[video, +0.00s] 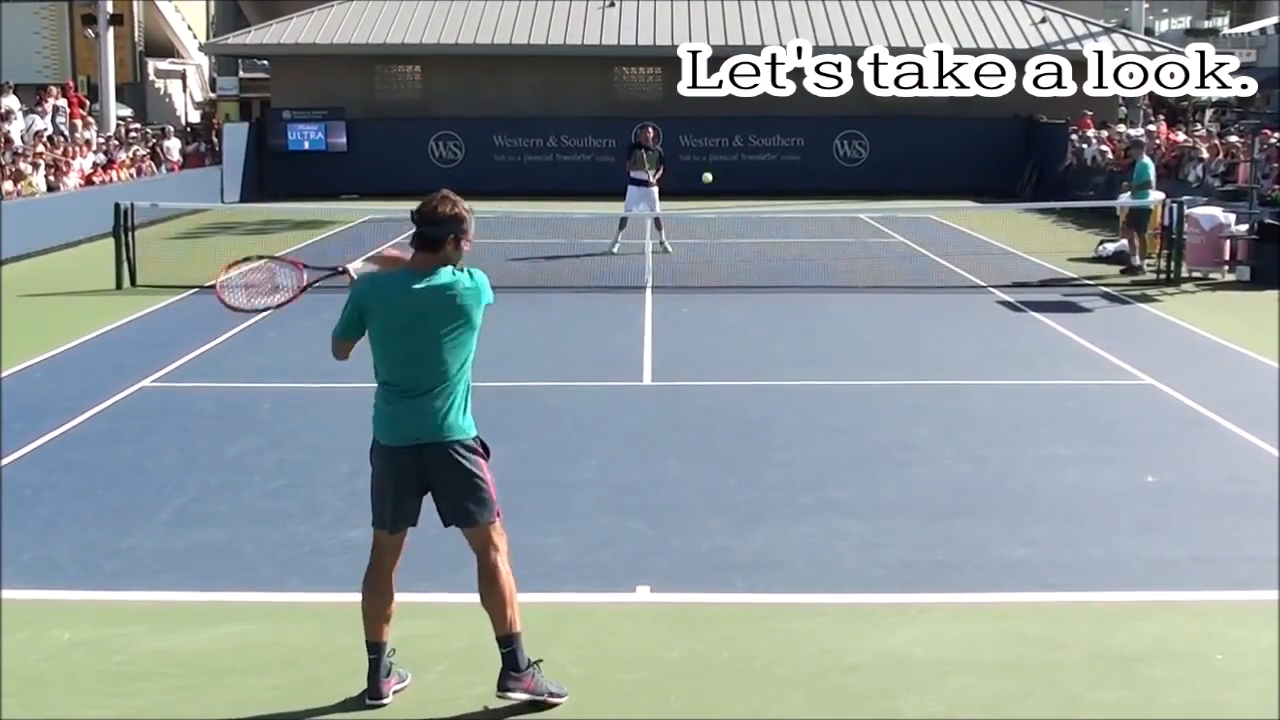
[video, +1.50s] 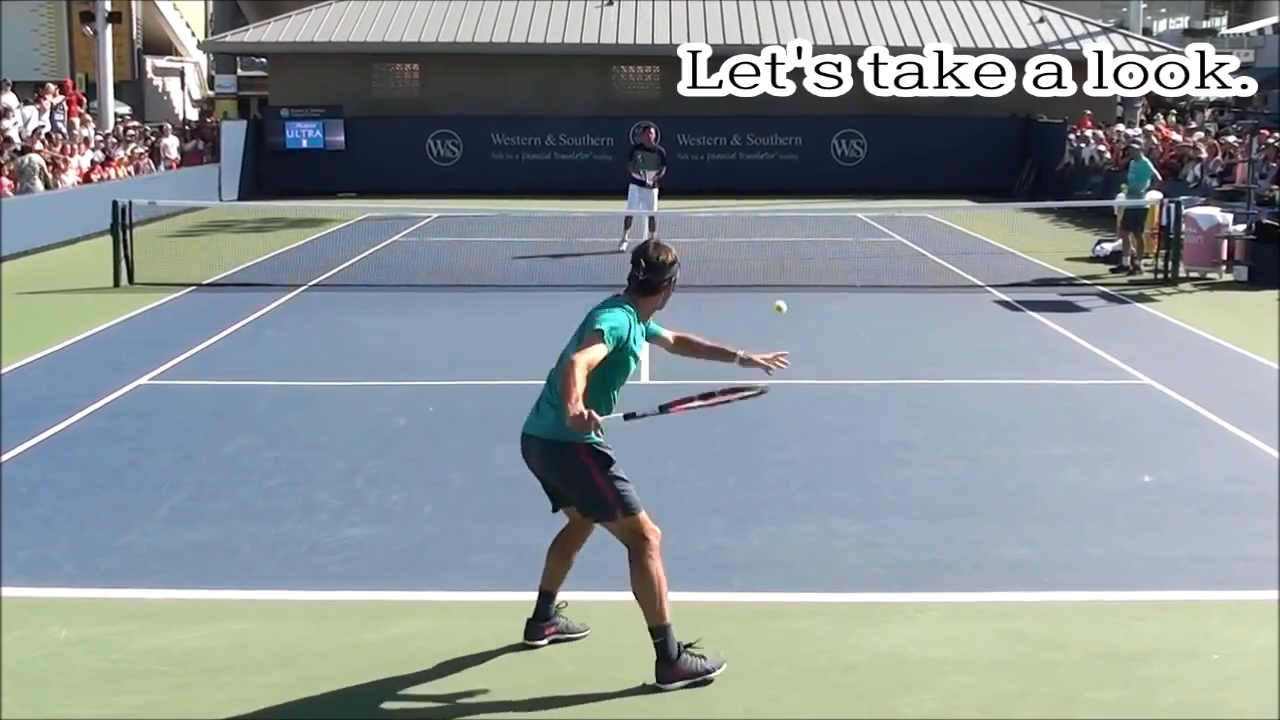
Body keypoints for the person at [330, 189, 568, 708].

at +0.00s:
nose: (470, 247)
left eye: (468, 238)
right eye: (468, 239)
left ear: (418, 238)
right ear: (455, 243)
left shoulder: (371, 286)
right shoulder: (470, 287)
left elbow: (341, 348)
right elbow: (436, 274)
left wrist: (361, 288)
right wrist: (395, 260)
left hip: (392, 444)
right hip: (453, 441)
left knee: (383, 554)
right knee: (491, 547)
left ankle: (377, 676)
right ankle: (516, 670)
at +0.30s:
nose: (422, 236)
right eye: (423, 228)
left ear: (376, 236)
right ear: (419, 234)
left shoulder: (378, 292)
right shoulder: (438, 272)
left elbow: (384, 372)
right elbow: (373, 308)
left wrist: (319, 359)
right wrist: (317, 316)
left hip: (398, 443)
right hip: (455, 431)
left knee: (382, 557)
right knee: (486, 541)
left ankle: (378, 674)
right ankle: (518, 655)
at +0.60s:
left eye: (392, 238)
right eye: (426, 235)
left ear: (390, 242)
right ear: (434, 241)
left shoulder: (386, 296)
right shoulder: (463, 289)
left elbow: (388, 379)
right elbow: (477, 369)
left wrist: (350, 403)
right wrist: (411, 393)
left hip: (416, 446)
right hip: (471, 437)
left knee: (387, 553)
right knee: (499, 537)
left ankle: (379, 671)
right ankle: (544, 644)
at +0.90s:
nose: (504, 247)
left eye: (495, 239)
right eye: (504, 241)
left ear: (459, 245)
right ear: (501, 246)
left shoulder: (426, 295)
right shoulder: (515, 298)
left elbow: (415, 369)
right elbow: (542, 377)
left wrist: (472, 365)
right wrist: (531, 430)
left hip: (440, 448)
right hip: (499, 443)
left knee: (413, 552)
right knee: (547, 536)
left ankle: (379, 668)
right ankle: (545, 658)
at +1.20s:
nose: (591, 245)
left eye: (587, 237)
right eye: (591, 238)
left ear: (549, 238)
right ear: (584, 243)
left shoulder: (538, 279)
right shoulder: (553, 288)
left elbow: (603, 295)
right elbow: (549, 363)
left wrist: (662, 293)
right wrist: (620, 369)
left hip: (506, 422)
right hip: (536, 424)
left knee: (529, 525)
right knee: (575, 536)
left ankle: (473, 623)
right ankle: (546, 658)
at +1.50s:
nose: (672, 294)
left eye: (671, 286)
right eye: (673, 287)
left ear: (634, 278)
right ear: (665, 290)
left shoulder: (629, 318)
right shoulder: (618, 319)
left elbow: (677, 343)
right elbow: (577, 360)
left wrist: (743, 357)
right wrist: (574, 405)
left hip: (542, 440)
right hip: (572, 444)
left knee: (580, 521)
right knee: (644, 537)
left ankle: (542, 618)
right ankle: (670, 659)